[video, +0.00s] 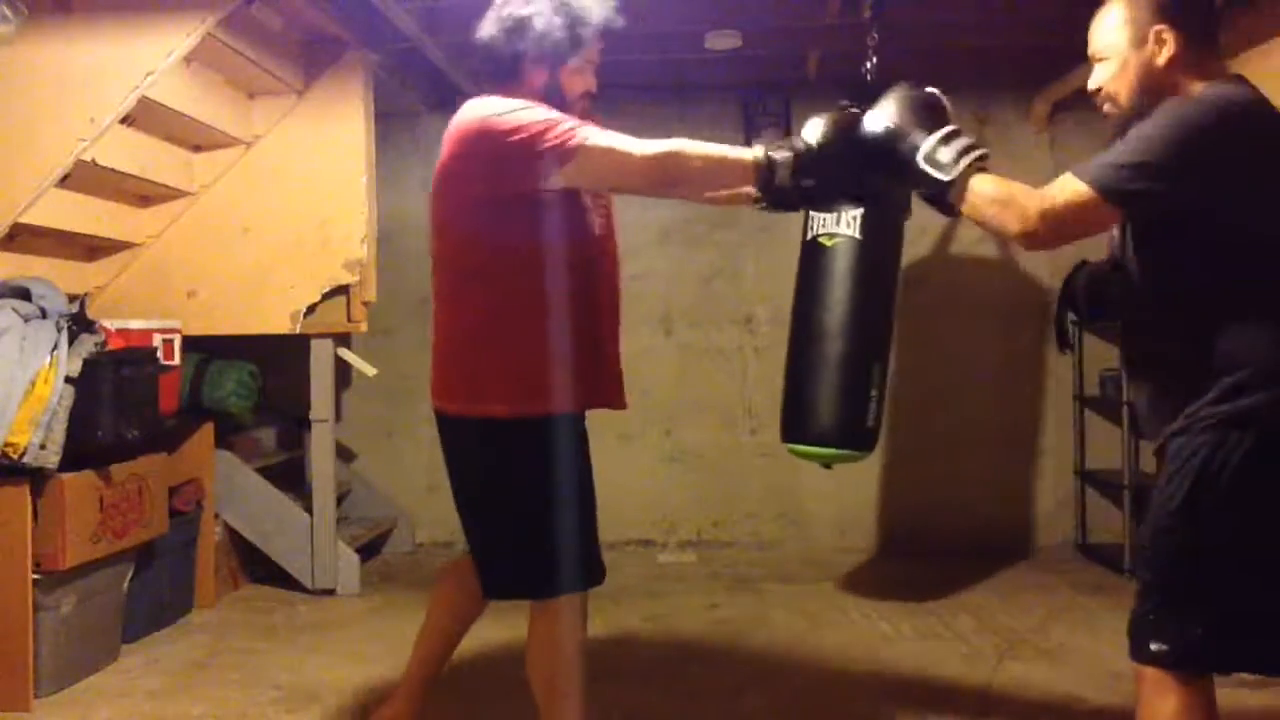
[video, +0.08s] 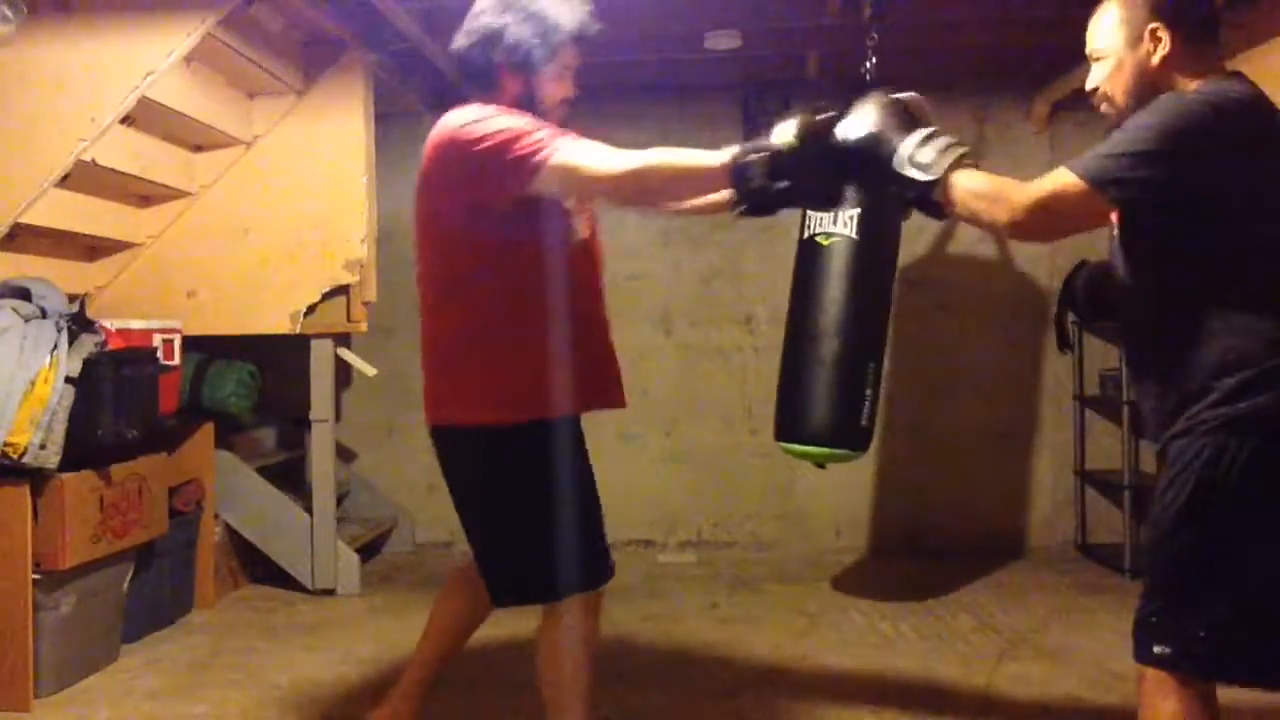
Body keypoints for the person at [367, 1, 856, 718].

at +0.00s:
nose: (594, 85)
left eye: (596, 67)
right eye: (585, 66)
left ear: (542, 70)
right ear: (536, 63)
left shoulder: (551, 138)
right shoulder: (492, 127)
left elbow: (672, 178)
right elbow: (648, 164)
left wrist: (784, 182)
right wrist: (781, 163)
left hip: (537, 397)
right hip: (506, 402)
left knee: (487, 560)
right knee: (560, 585)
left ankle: (404, 701)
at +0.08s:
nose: (572, 88)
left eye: (572, 71)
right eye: (560, 71)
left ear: (528, 72)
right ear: (507, 68)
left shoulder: (539, 148)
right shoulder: (470, 134)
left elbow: (657, 194)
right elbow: (616, 171)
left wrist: (774, 180)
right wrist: (763, 159)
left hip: (534, 406)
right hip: (497, 412)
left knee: (493, 565)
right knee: (574, 586)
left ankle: (401, 702)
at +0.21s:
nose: (537, 105)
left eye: (540, 87)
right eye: (527, 86)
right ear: (475, 83)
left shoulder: (513, 160)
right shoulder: (432, 152)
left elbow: (603, 220)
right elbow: (556, 206)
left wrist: (714, 196)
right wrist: (686, 177)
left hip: (518, 426)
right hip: (485, 432)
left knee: (497, 580)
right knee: (584, 583)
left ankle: (392, 706)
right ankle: (570, 716)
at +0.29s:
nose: (516, 82)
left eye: (518, 65)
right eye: (502, 63)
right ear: (448, 62)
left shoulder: (504, 142)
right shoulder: (406, 118)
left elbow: (568, 213)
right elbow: (471, 198)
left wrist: (630, 203)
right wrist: (590, 191)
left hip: (499, 401)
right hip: (446, 406)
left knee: (453, 586)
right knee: (535, 600)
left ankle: (380, 706)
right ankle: (551, 712)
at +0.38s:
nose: (491, 55)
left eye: (495, 42)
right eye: (476, 36)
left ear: (491, 57)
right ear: (424, 39)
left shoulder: (494, 134)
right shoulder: (384, 95)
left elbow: (538, 196)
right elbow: (400, 187)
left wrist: (579, 207)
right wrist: (517, 210)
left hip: (483, 377)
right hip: (421, 380)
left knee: (432, 571)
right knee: (480, 580)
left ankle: (376, 705)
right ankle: (485, 710)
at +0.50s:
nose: (467, 68)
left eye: (470, 54)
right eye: (455, 51)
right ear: (404, 51)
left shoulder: (455, 140)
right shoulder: (354, 113)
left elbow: (477, 239)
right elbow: (349, 231)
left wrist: (526, 264)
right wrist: (462, 262)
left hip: (456, 380)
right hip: (384, 382)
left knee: (512, 545)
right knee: (398, 576)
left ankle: (417, 703)